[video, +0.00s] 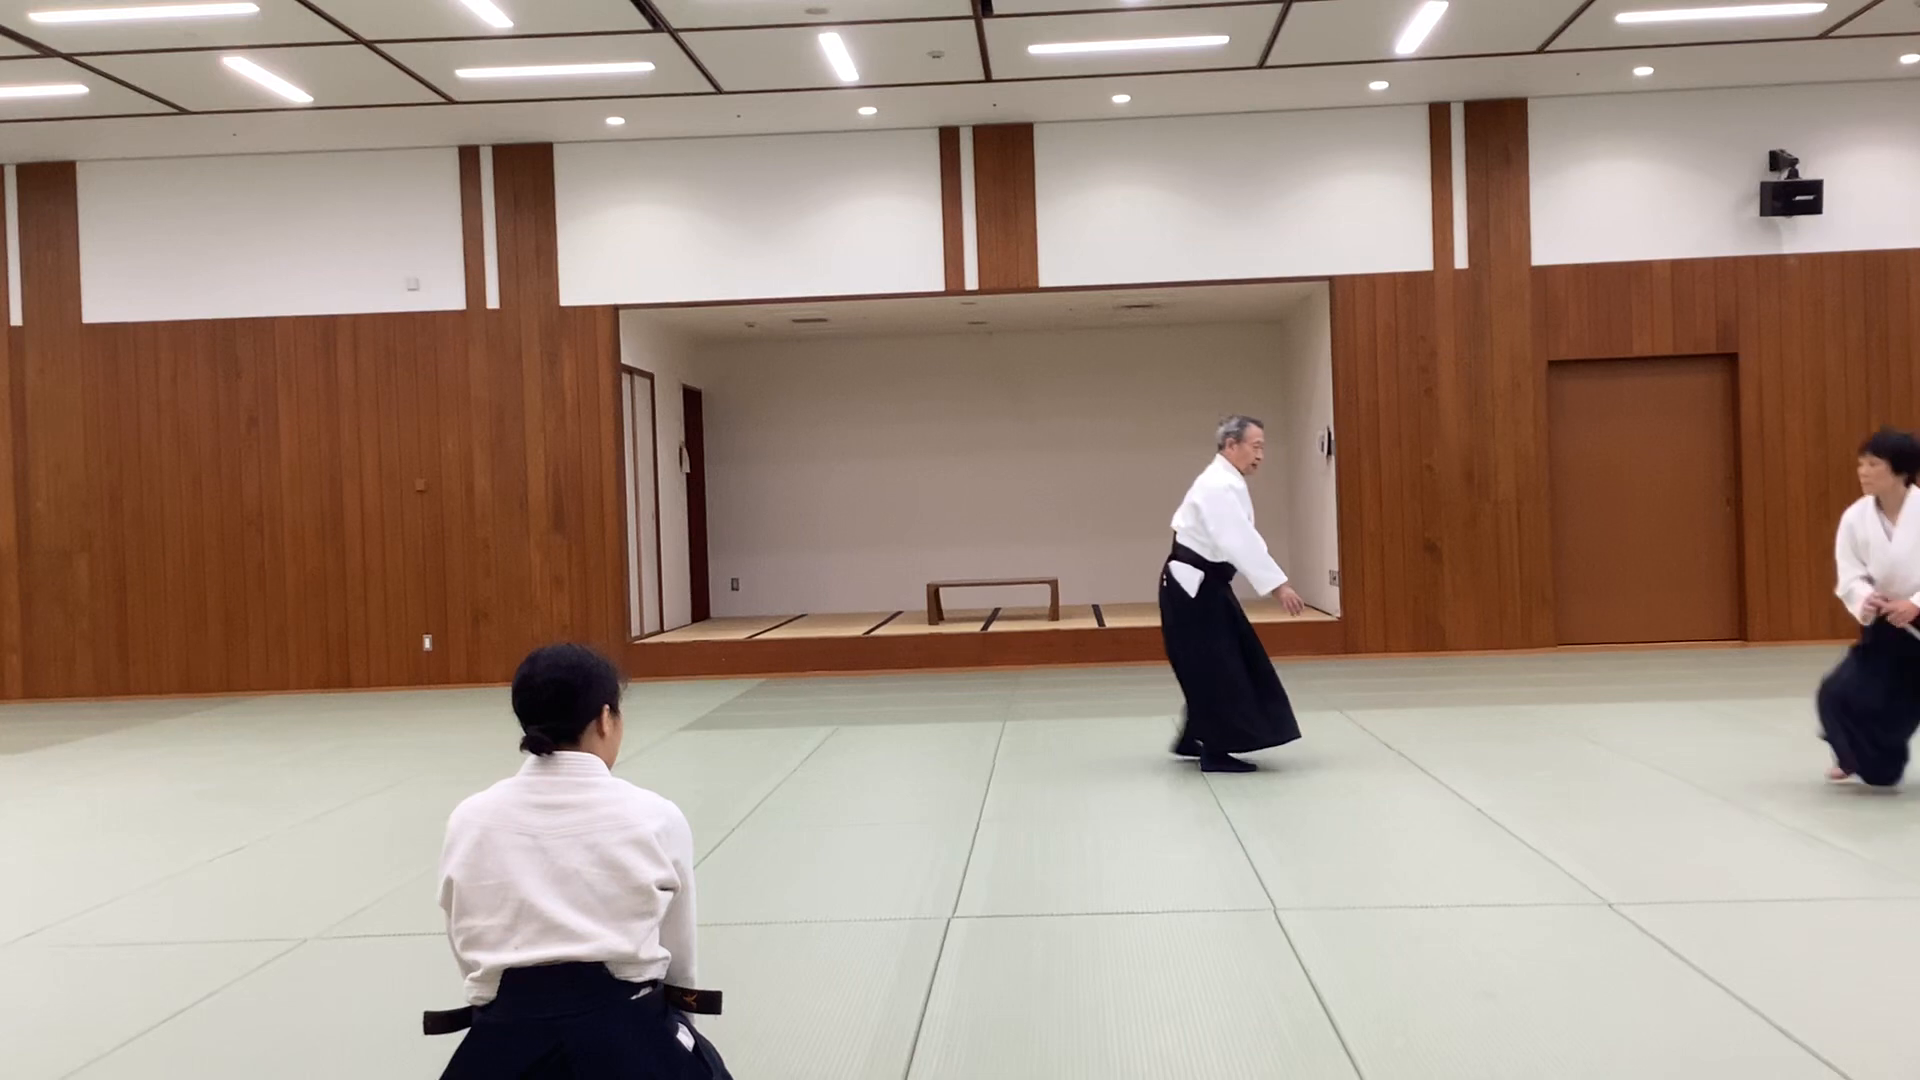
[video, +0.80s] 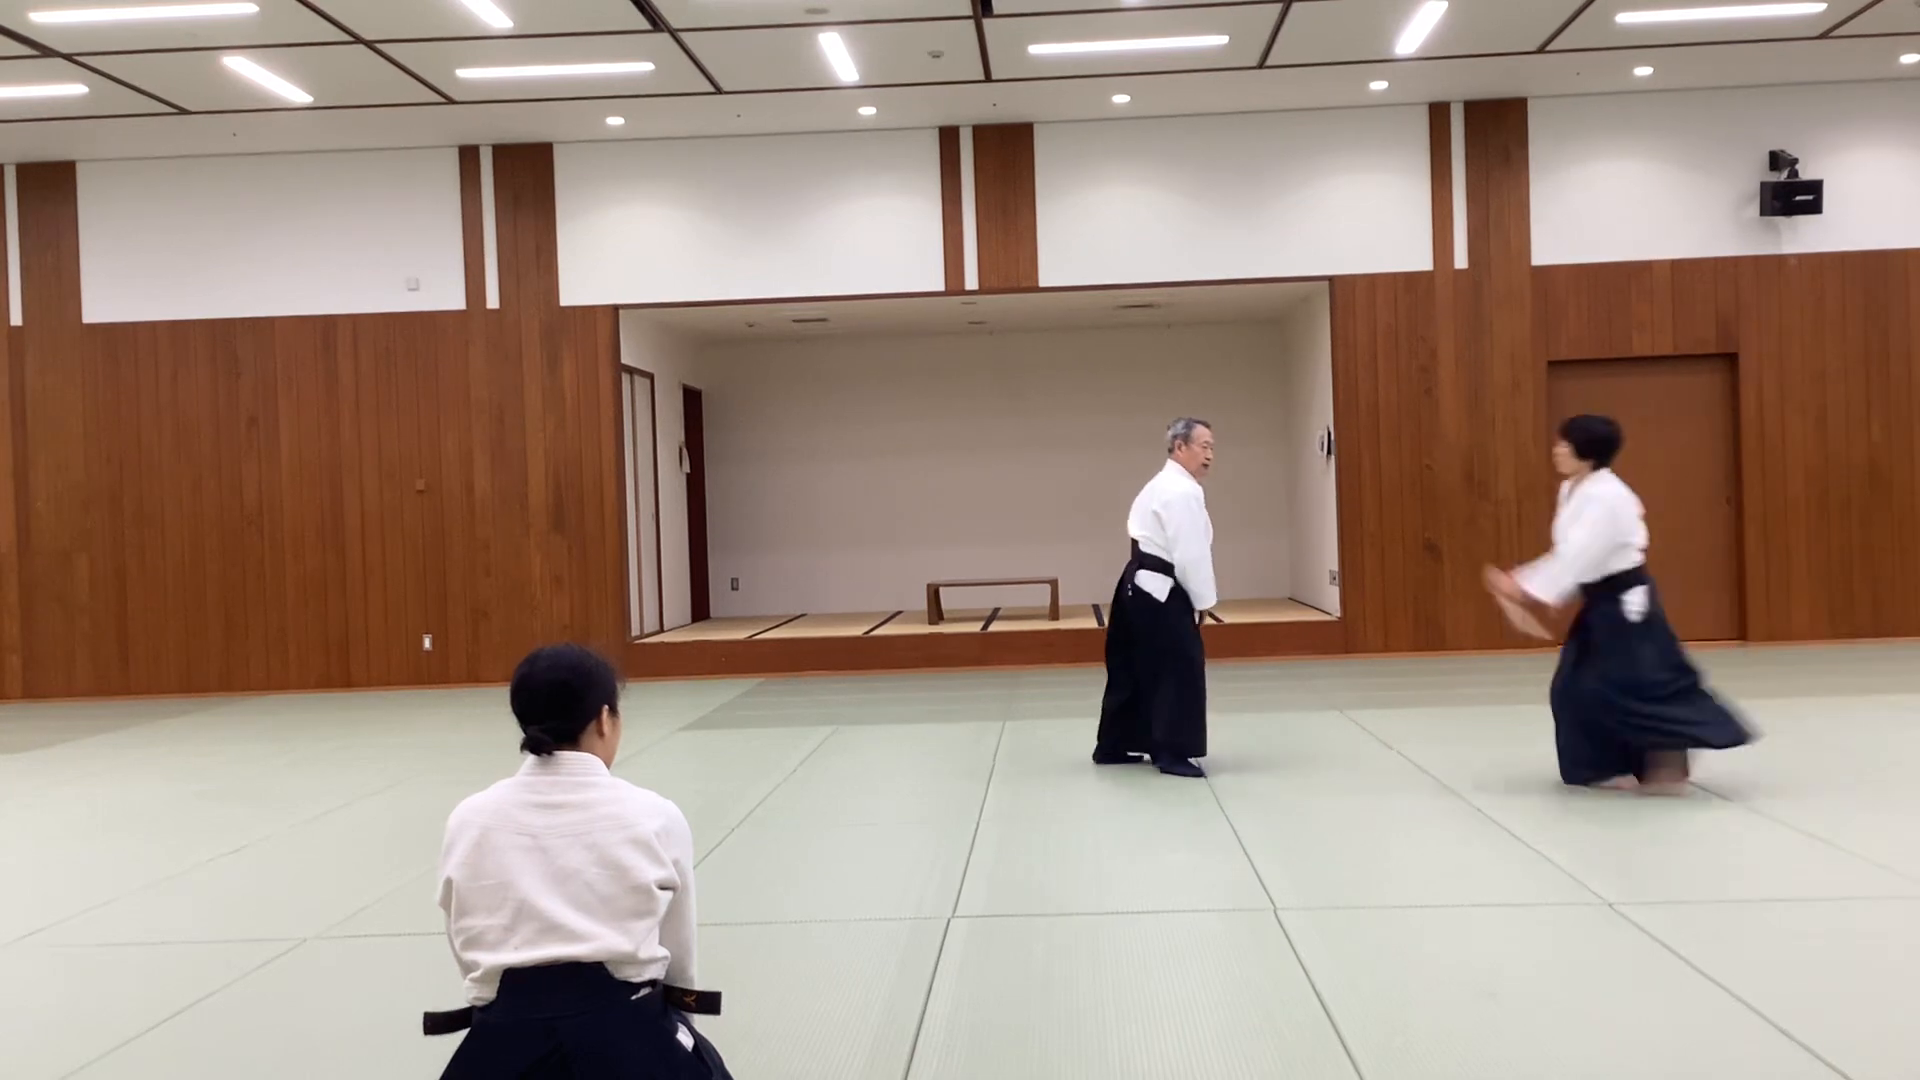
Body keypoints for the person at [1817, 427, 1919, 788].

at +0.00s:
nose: (1862, 471)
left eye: (1872, 464)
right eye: (1860, 463)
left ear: (1899, 470)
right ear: (1857, 468)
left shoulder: (1919, 510)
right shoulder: (1855, 517)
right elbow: (1848, 576)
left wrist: (1916, 604)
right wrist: (1865, 599)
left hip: (1917, 631)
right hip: (1882, 630)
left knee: (1899, 705)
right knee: (1836, 691)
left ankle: (1879, 763)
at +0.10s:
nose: (1834, 452)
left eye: (1845, 446)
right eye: (1834, 444)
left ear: (1872, 453)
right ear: (1835, 449)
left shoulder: (1908, 494)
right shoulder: (1829, 498)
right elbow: (1821, 558)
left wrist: (1908, 598)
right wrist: (1834, 586)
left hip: (1906, 613)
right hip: (1858, 611)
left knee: (1858, 685)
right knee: (1813, 678)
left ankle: (1835, 765)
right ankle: (1829, 770)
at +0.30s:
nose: (1779, 421)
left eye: (1789, 415)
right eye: (1781, 413)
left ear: (1816, 424)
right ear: (1792, 423)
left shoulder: (1852, 468)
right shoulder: (1773, 469)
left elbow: (1881, 527)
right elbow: (1758, 526)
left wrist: (1888, 586)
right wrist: (1760, 575)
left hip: (1852, 583)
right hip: (1803, 583)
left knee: (1873, 668)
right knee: (1787, 668)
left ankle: (1911, 749)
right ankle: (1817, 755)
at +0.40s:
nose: (1753, 432)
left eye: (1763, 427)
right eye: (1755, 424)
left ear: (1789, 436)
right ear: (1774, 435)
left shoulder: (1825, 478)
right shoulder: (1750, 479)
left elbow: (1856, 536)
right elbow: (1735, 535)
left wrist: (1856, 598)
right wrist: (1729, 587)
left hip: (1821, 592)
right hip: (1775, 591)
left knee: (1834, 676)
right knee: (1732, 665)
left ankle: (1897, 762)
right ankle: (1764, 755)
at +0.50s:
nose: (1715, 444)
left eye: (1725, 439)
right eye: (1717, 437)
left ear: (1751, 449)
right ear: (1734, 449)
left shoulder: (1785, 492)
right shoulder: (1716, 492)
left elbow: (1810, 552)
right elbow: (1707, 550)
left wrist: (1807, 612)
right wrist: (1692, 597)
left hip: (1784, 605)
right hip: (1742, 605)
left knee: (1821, 685)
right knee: (1679, 666)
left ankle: (1882, 770)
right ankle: (1662, 759)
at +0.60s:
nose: (1658, 445)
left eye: (1668, 440)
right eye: (1661, 438)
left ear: (1693, 450)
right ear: (1678, 450)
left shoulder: (1722, 490)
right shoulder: (1662, 493)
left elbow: (1745, 549)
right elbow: (1667, 554)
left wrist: (1747, 609)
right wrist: (1652, 597)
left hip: (1733, 607)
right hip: (1691, 609)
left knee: (1800, 680)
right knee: (1629, 670)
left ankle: (1881, 761)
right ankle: (1623, 766)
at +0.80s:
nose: (1556, 451)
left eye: (1564, 446)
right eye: (1557, 443)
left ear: (1586, 455)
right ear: (1584, 453)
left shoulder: (1606, 496)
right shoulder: (1572, 490)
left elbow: (1578, 559)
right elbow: (1564, 554)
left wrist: (1525, 587)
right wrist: (1523, 578)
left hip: (1627, 601)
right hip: (1599, 602)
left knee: (1638, 682)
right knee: (1577, 686)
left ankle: (1667, 767)